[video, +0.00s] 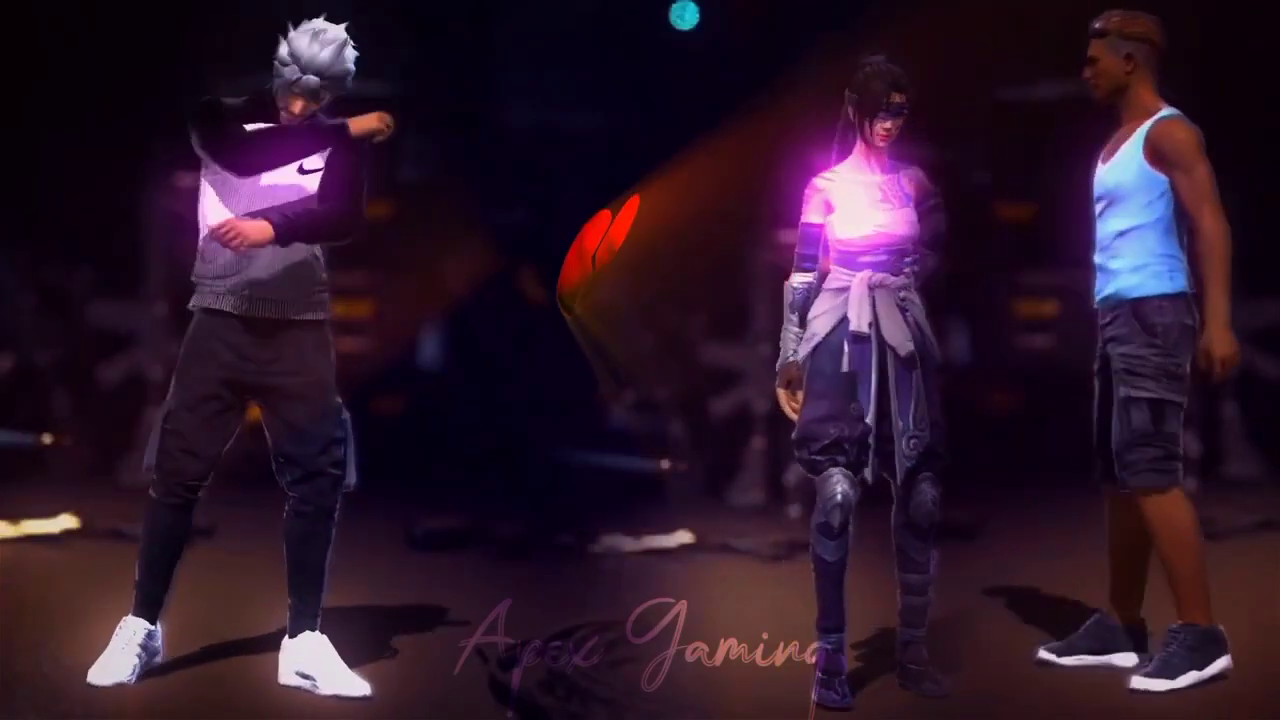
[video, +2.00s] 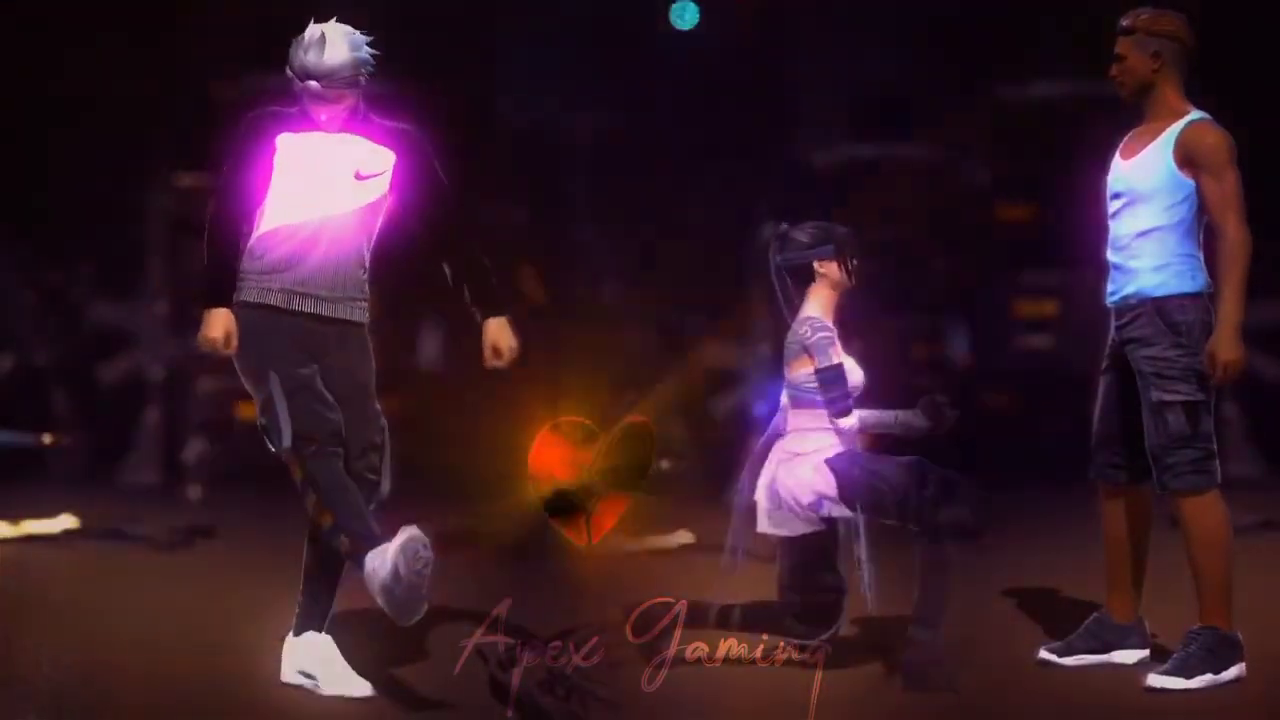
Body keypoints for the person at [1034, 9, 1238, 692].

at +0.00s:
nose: (1085, 70)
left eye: (1095, 59)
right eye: (1086, 60)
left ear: (1133, 61)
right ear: (1123, 64)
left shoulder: (1170, 131)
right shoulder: (1120, 139)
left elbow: (1211, 223)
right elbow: (1124, 240)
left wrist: (1217, 322)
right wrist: (1107, 327)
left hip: (1153, 319)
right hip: (1117, 321)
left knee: (1152, 474)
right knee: (1122, 475)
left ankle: (1199, 634)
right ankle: (1121, 625)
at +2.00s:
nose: (1113, 67)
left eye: (1123, 57)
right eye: (1114, 57)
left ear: (1159, 62)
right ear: (1141, 64)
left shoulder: (1200, 135)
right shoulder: (1132, 141)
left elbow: (1233, 232)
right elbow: (1133, 241)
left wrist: (1227, 327)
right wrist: (1117, 325)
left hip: (1173, 319)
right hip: (1125, 322)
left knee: (1190, 477)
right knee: (1117, 471)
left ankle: (1216, 636)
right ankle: (1121, 622)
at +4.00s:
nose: (1112, 68)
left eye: (1122, 58)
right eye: (1113, 58)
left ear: (1159, 62)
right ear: (1142, 64)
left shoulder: (1201, 135)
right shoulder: (1133, 140)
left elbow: (1233, 233)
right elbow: (1135, 240)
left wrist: (1227, 326)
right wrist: (1118, 322)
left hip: (1172, 319)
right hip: (1125, 322)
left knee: (1189, 477)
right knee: (1118, 473)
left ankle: (1216, 636)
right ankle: (1121, 624)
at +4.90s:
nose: (1111, 68)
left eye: (1121, 58)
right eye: (1111, 58)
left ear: (1158, 62)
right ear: (1139, 65)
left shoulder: (1198, 135)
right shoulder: (1132, 140)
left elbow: (1233, 232)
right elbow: (1136, 240)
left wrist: (1230, 327)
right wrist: (1119, 320)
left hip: (1172, 319)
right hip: (1125, 322)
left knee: (1190, 476)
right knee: (1115, 470)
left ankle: (1216, 636)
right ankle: (1121, 623)